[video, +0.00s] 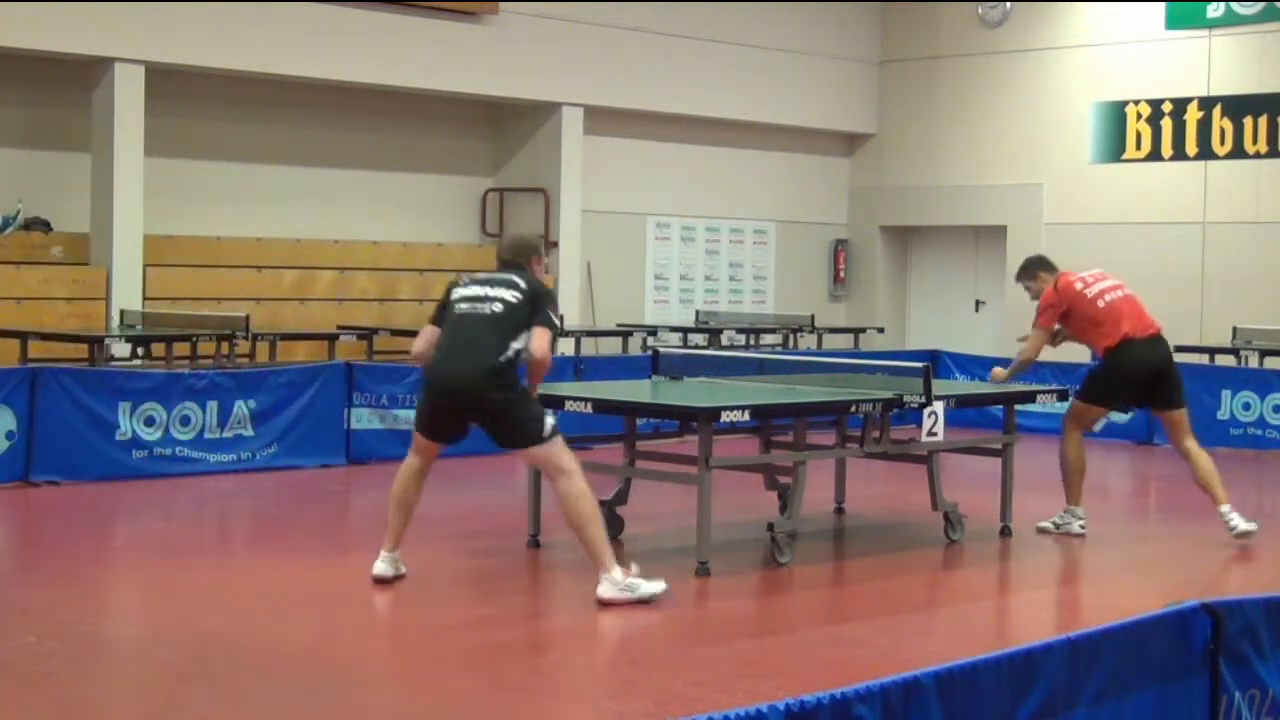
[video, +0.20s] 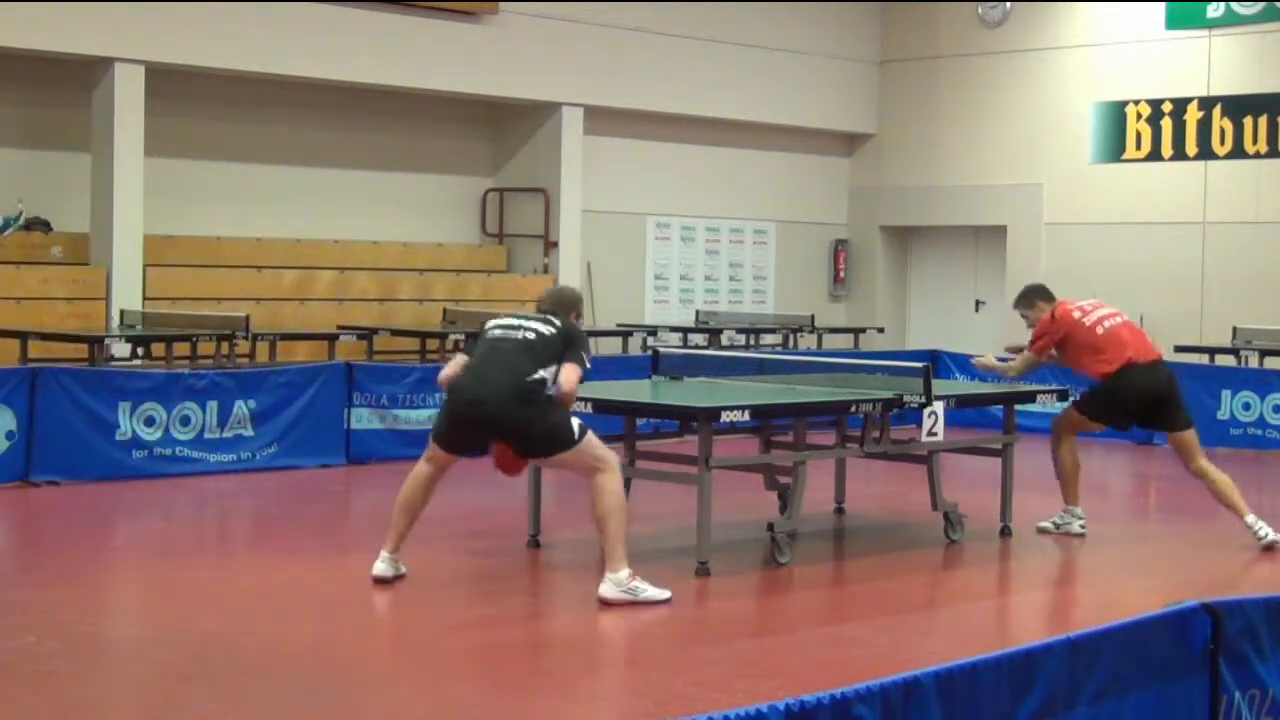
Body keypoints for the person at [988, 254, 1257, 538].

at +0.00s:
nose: (1032, 296)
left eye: (1030, 288)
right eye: (1028, 291)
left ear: (1041, 277)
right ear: (1053, 271)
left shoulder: (1055, 293)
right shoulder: (1092, 276)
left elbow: (1031, 353)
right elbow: (1097, 317)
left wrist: (1007, 373)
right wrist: (1064, 335)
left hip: (1121, 359)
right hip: (1159, 351)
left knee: (1073, 427)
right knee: (1186, 441)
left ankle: (1073, 514)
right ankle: (1229, 514)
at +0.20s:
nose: (1028, 323)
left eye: (1028, 317)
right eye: (1025, 319)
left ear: (1040, 307)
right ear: (1051, 299)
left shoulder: (1052, 323)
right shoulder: (1086, 306)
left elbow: (1017, 370)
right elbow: (1072, 355)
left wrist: (994, 367)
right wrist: (1031, 352)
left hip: (1125, 382)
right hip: (1161, 375)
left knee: (1063, 429)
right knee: (1198, 462)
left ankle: (1072, 514)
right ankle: (1254, 523)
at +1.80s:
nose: (1051, 316)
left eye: (1052, 309)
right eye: (1050, 310)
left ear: (1068, 305)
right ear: (1080, 302)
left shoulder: (1066, 328)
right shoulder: (1115, 319)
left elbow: (1022, 351)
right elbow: (1078, 345)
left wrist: (995, 342)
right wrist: (1040, 332)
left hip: (1119, 417)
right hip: (1158, 413)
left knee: (1052, 431)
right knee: (1201, 486)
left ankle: (1071, 514)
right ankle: (1247, 530)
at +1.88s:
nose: (1058, 307)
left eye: (1060, 300)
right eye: (1058, 301)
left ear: (1074, 298)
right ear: (1089, 295)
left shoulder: (1073, 318)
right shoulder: (1121, 316)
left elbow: (1022, 328)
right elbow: (1083, 335)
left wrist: (1001, 302)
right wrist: (1051, 316)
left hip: (1118, 416)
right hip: (1157, 413)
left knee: (1052, 432)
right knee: (1201, 484)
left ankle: (1071, 514)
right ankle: (1248, 530)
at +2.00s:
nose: (1070, 292)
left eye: (1073, 286)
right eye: (1071, 287)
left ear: (1086, 288)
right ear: (1103, 286)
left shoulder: (1083, 307)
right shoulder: (1132, 310)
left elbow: (1028, 301)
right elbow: (1101, 319)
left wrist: (1012, 266)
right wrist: (1067, 303)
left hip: (1121, 412)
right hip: (1160, 409)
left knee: (1054, 432)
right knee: (1202, 481)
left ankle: (1071, 515)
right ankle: (1248, 528)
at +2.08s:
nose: (1079, 284)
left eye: (1083, 278)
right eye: (1081, 278)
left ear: (1096, 281)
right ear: (1113, 282)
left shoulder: (1089, 303)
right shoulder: (1141, 309)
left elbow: (1029, 297)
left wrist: (1012, 267)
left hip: (1124, 408)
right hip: (1163, 406)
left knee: (1056, 432)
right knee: (1205, 480)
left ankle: (1071, 515)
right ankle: (1249, 528)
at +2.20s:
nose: (1091, 275)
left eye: (1095, 270)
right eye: (1094, 269)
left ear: (1108, 275)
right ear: (1126, 276)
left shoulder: (1100, 300)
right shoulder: (1159, 307)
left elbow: (1035, 305)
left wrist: (1002, 288)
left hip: (1127, 405)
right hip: (1169, 404)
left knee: (1061, 430)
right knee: (1209, 478)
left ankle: (1071, 514)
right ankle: (1251, 528)